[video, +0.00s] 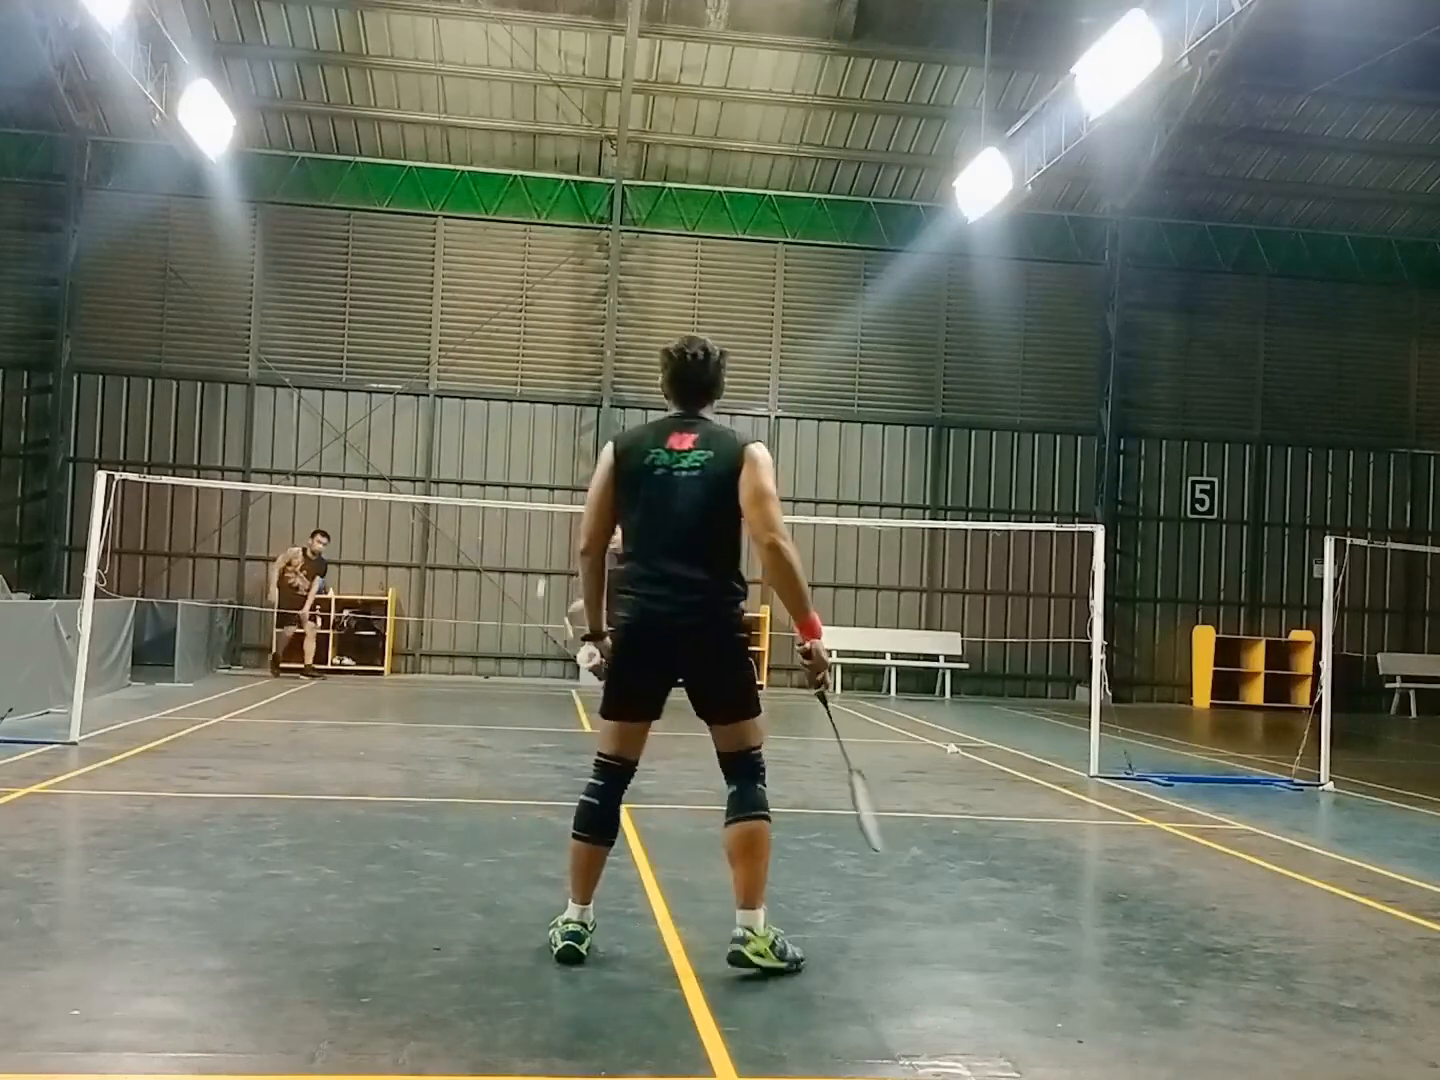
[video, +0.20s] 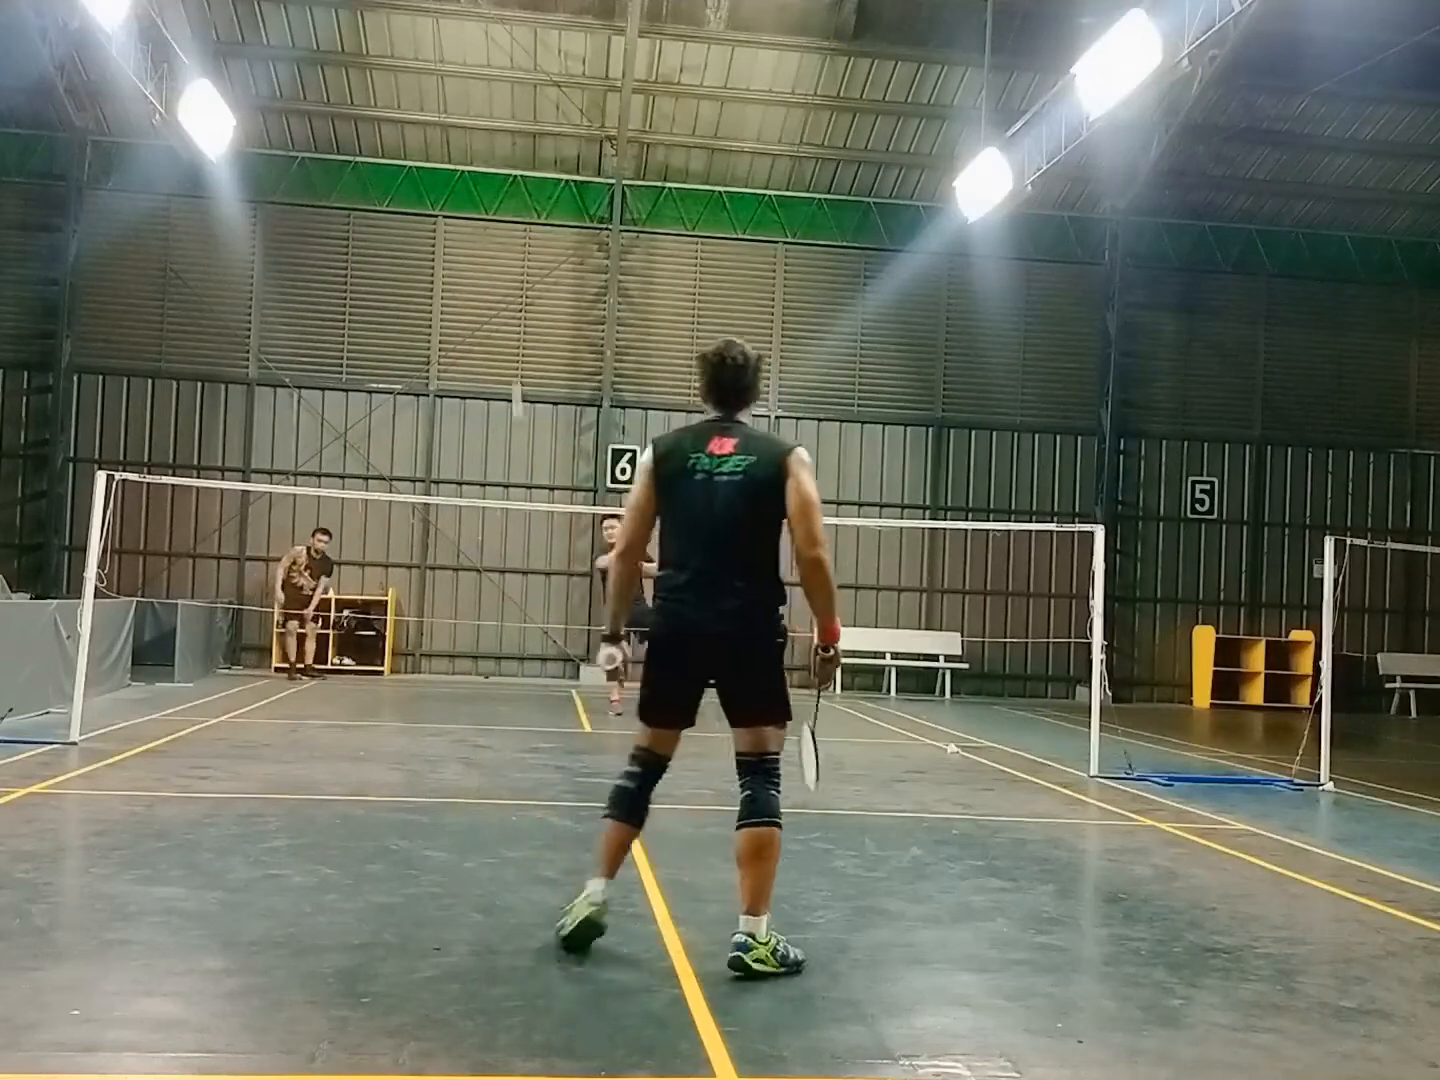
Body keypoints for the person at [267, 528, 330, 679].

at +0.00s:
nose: (320, 546)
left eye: (323, 544)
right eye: (318, 542)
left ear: (325, 547)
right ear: (310, 541)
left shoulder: (321, 565)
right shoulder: (294, 552)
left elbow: (314, 587)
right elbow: (276, 567)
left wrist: (306, 608)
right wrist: (272, 590)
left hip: (305, 598)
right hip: (287, 596)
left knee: (311, 630)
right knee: (289, 630)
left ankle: (308, 666)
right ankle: (277, 657)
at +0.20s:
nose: (321, 545)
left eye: (325, 543)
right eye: (319, 541)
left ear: (328, 545)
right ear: (312, 540)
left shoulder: (327, 563)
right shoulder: (298, 552)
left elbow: (320, 587)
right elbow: (281, 568)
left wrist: (311, 608)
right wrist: (278, 590)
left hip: (311, 596)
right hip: (292, 594)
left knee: (311, 629)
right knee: (292, 628)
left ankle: (308, 666)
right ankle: (292, 667)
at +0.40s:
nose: (316, 544)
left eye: (320, 541)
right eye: (314, 540)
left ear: (324, 543)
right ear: (307, 539)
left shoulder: (325, 563)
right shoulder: (294, 554)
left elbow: (321, 588)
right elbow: (277, 572)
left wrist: (315, 609)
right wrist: (267, 593)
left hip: (312, 599)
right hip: (294, 597)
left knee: (318, 631)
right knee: (294, 632)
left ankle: (310, 666)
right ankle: (294, 668)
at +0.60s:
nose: (310, 541)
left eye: (314, 537)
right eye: (307, 537)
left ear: (318, 539)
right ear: (301, 537)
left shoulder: (320, 560)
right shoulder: (288, 553)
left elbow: (319, 586)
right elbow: (272, 570)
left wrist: (314, 608)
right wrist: (264, 593)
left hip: (309, 598)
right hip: (290, 597)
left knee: (325, 626)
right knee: (291, 631)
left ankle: (316, 659)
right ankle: (292, 668)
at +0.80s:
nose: (307, 539)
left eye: (311, 536)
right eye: (304, 535)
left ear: (316, 538)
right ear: (298, 536)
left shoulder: (319, 559)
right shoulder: (287, 551)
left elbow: (316, 586)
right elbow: (272, 568)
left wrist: (310, 608)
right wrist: (270, 589)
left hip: (310, 596)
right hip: (289, 596)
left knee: (320, 628)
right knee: (291, 632)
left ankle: (318, 666)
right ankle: (291, 668)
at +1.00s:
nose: (308, 541)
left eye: (312, 538)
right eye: (305, 537)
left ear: (318, 540)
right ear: (300, 537)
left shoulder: (321, 561)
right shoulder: (291, 553)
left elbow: (315, 588)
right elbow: (276, 570)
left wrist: (304, 607)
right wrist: (271, 591)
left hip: (311, 598)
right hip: (290, 598)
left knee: (309, 632)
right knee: (291, 635)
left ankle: (307, 669)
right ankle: (293, 667)